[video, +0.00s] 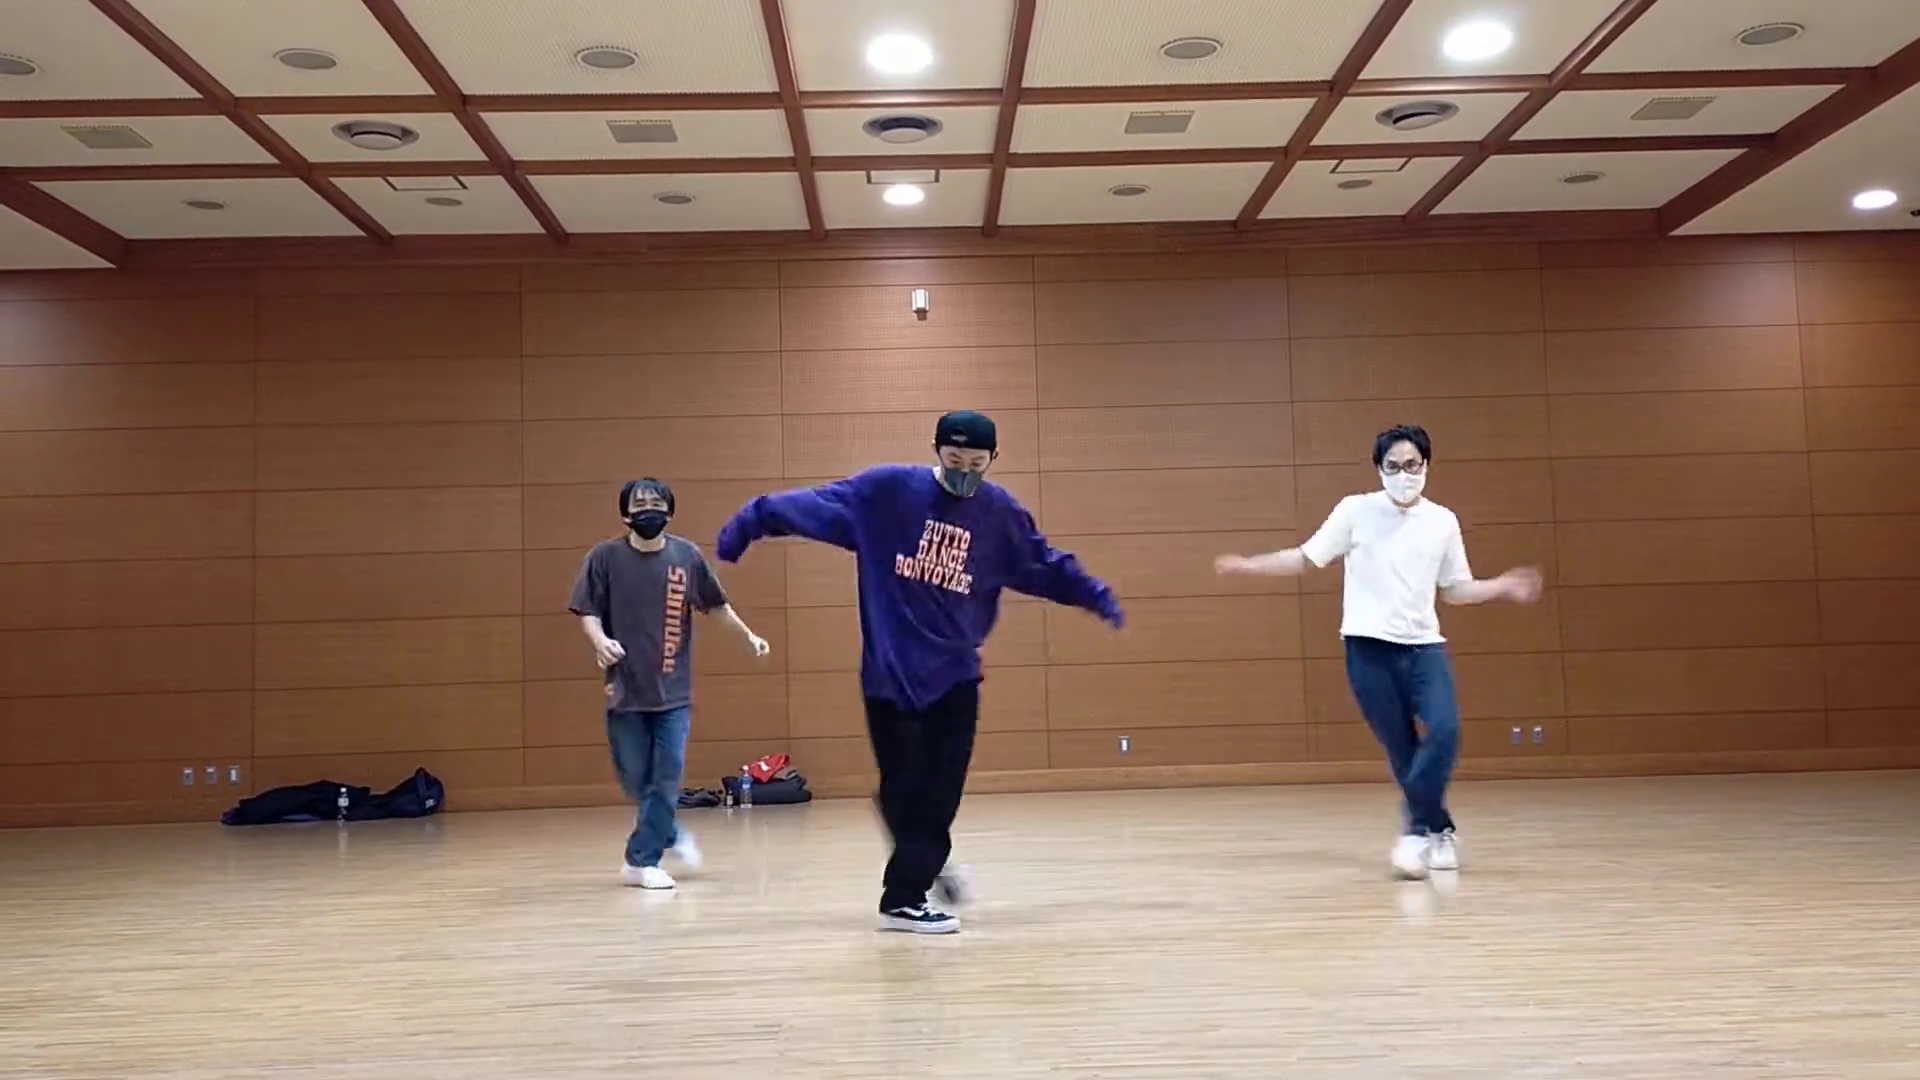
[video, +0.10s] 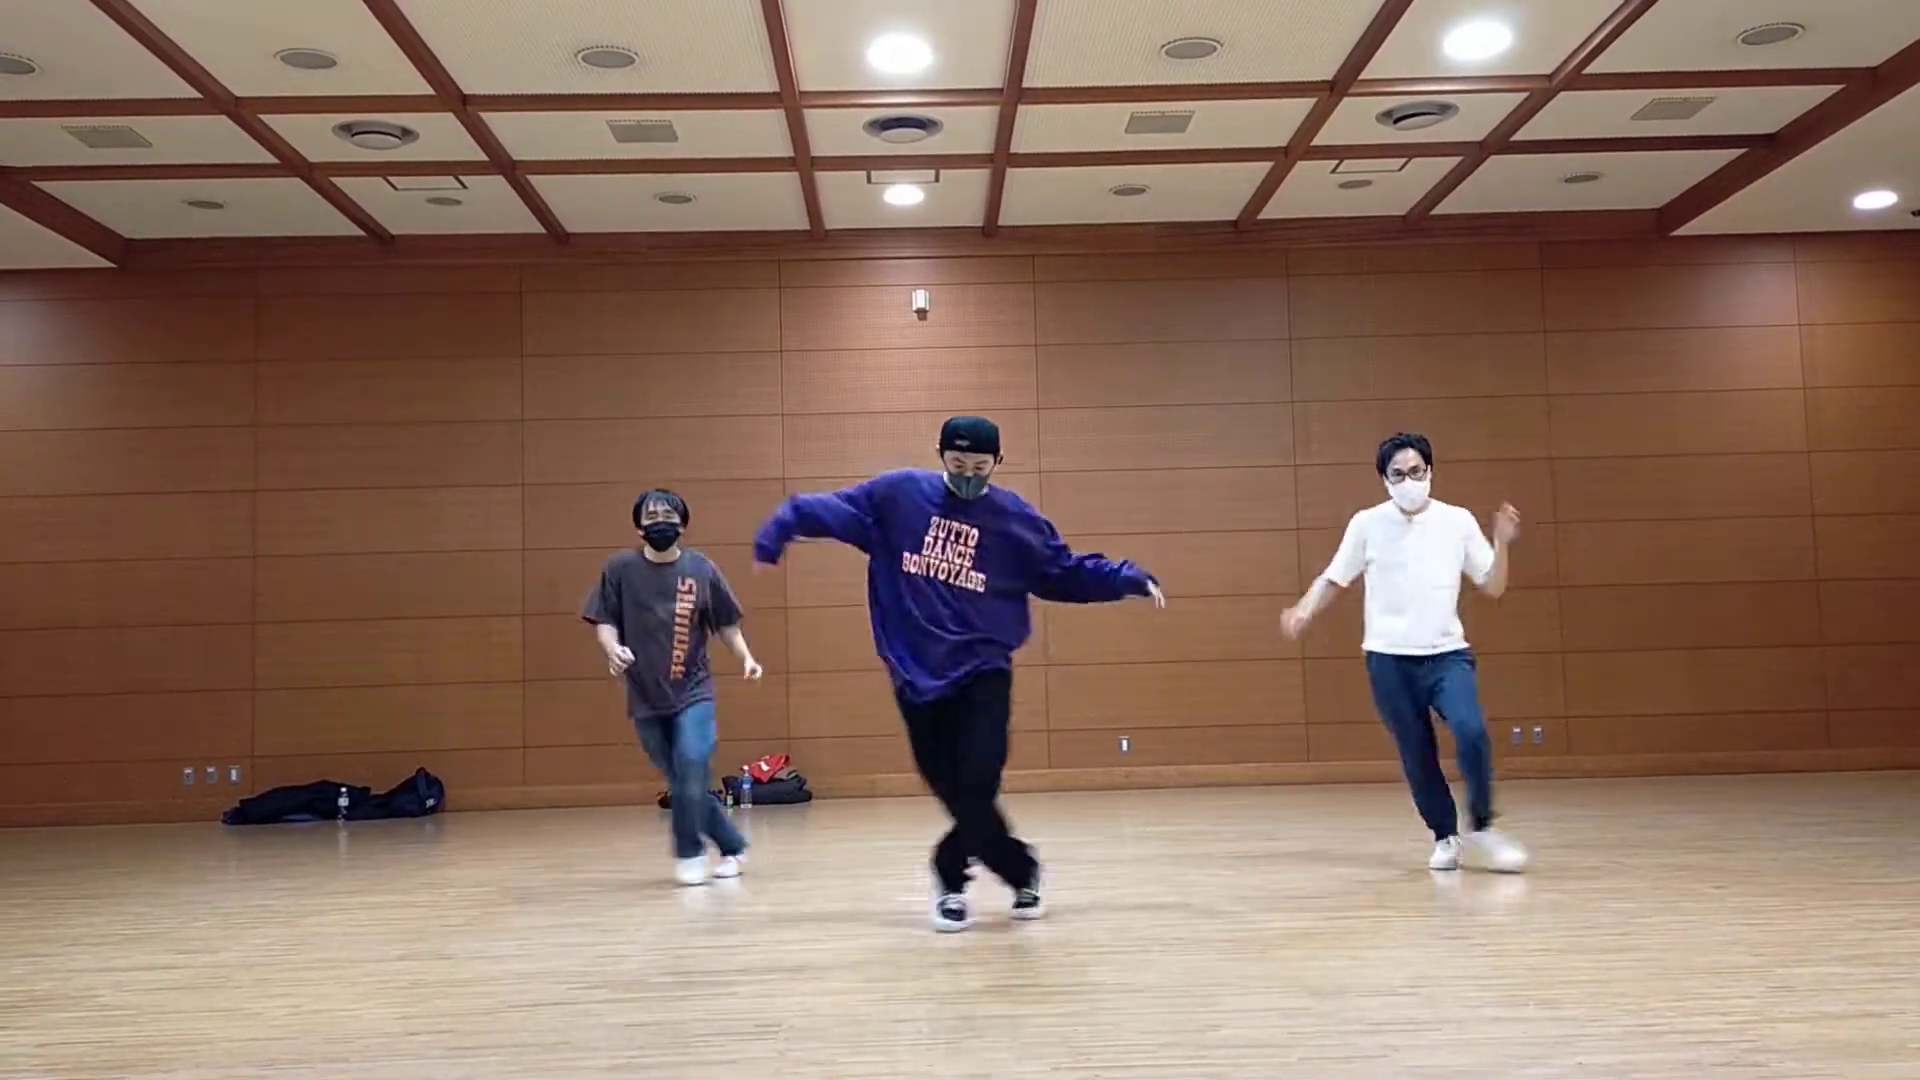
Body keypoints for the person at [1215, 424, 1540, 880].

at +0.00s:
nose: (1404, 474)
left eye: (1413, 465)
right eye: (1394, 466)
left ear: (1426, 468)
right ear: (1380, 470)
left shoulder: (1442, 522)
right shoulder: (1355, 511)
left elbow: (1456, 589)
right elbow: (1305, 557)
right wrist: (1250, 564)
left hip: (1423, 644)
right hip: (1367, 645)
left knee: (1444, 728)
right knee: (1401, 748)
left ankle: (1414, 833)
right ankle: (1439, 832)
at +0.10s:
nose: (1411, 480)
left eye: (1418, 472)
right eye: (1400, 474)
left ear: (1430, 474)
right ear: (1385, 481)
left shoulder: (1458, 522)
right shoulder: (1366, 525)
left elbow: (1492, 586)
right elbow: (1332, 578)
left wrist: (1502, 544)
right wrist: (1305, 608)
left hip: (1446, 654)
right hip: (1389, 658)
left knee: (1472, 729)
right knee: (1417, 755)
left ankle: (1480, 830)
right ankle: (1444, 837)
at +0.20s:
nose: (1408, 469)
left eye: (1415, 459)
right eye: (1397, 463)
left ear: (1430, 461)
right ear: (1386, 471)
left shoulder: (1465, 504)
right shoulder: (1377, 519)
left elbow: (1522, 553)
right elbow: (1362, 579)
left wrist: (1483, 525)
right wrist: (1353, 612)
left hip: (1462, 647)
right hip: (1403, 650)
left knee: (1489, 742)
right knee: (1416, 750)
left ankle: (1533, 832)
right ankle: (1445, 833)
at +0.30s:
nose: (1404, 462)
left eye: (1410, 452)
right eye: (1393, 456)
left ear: (1425, 454)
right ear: (1381, 466)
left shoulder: (1462, 497)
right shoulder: (1383, 518)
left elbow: (1529, 525)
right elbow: (1389, 577)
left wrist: (1486, 555)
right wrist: (1377, 597)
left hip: (1474, 639)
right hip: (1417, 644)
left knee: (1506, 739)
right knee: (1406, 728)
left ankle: (1545, 832)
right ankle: (1453, 821)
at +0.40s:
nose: (1394, 475)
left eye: (1401, 465)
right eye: (1384, 469)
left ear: (1417, 467)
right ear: (1373, 479)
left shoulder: (1454, 504)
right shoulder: (1386, 528)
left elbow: (1525, 529)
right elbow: (1410, 584)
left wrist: (1513, 588)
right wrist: (1387, 596)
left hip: (1480, 645)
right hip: (1428, 649)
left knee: (1519, 741)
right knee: (1407, 724)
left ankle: (1573, 834)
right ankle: (1419, 832)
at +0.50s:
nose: (1389, 499)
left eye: (1395, 489)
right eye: (1378, 494)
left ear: (1409, 491)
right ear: (1366, 505)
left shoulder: (1448, 529)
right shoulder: (1382, 555)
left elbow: (1523, 550)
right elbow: (1406, 617)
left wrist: (1545, 609)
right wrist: (1379, 621)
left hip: (1487, 664)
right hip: (1434, 669)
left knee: (1525, 751)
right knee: (1401, 733)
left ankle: (1586, 837)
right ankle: (1393, 844)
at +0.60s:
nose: (1375, 495)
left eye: (1381, 485)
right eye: (1363, 490)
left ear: (1395, 488)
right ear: (1351, 500)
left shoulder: (1434, 525)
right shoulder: (1355, 551)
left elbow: (1504, 549)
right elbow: (1370, 616)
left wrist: (1542, 585)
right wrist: (1358, 650)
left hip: (1466, 664)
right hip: (1407, 669)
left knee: (1512, 747)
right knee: (1379, 738)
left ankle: (1573, 834)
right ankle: (1388, 848)